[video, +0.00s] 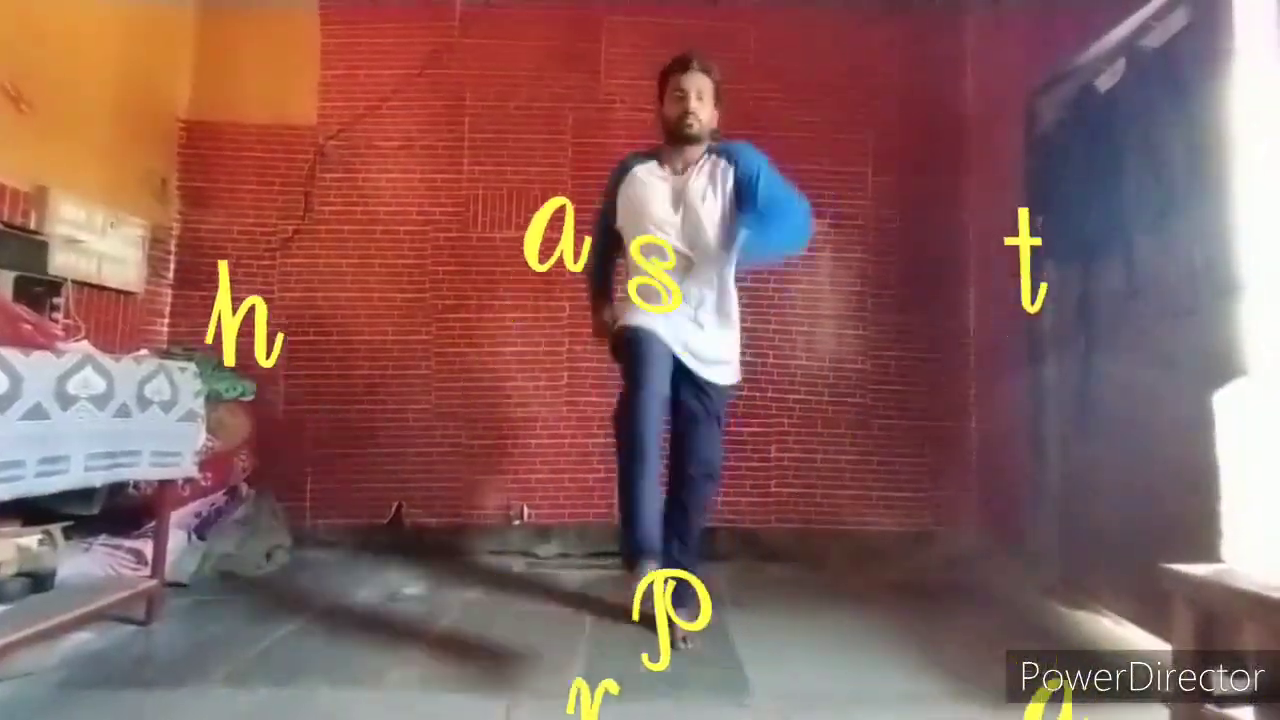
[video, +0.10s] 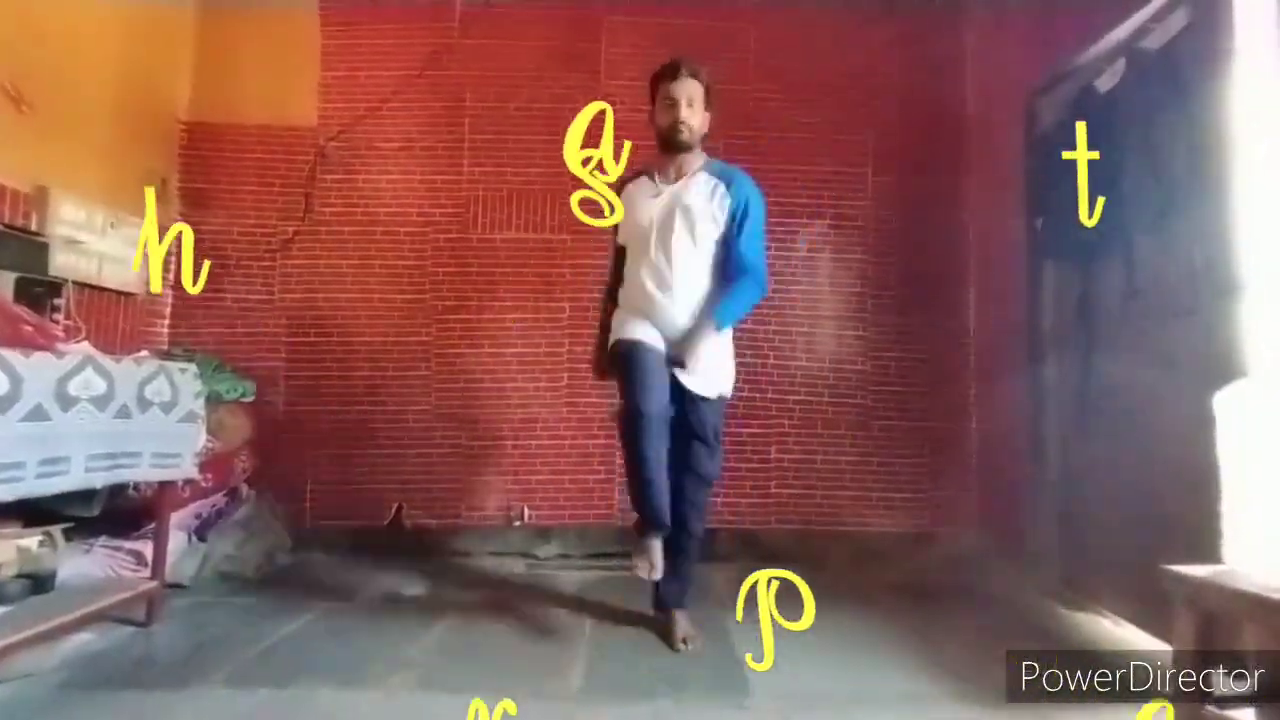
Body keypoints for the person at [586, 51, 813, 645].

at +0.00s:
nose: (689, 106)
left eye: (700, 96)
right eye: (678, 96)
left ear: (716, 107)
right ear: (661, 105)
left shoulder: (739, 164)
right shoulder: (632, 173)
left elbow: (796, 222)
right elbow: (604, 244)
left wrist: (743, 242)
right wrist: (602, 301)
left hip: (710, 326)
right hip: (646, 313)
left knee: (701, 462)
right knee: (644, 410)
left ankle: (681, 576)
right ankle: (643, 557)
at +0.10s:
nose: (680, 113)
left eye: (691, 104)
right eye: (669, 103)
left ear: (707, 115)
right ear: (654, 113)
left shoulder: (737, 190)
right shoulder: (634, 191)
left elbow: (753, 277)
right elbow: (618, 269)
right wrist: (605, 337)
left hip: (703, 338)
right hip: (639, 326)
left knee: (695, 472)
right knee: (647, 402)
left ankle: (674, 602)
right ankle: (652, 527)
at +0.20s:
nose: (677, 110)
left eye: (688, 100)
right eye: (667, 99)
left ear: (705, 111)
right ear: (652, 108)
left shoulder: (733, 184)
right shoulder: (626, 187)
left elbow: (764, 261)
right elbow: (607, 267)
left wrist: (704, 309)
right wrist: (597, 334)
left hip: (704, 346)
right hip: (635, 339)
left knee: (702, 473)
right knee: (631, 435)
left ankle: (681, 598)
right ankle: (643, 526)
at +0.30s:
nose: (675, 110)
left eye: (686, 101)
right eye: (665, 100)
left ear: (701, 111)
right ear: (648, 108)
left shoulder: (727, 173)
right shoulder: (617, 181)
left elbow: (771, 224)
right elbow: (589, 259)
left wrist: (712, 244)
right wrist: (578, 330)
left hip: (703, 346)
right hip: (626, 347)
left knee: (750, 452)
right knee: (602, 458)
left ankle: (721, 582)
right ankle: (595, 564)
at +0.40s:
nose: (669, 146)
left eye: (679, 136)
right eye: (659, 135)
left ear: (696, 143)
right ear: (645, 140)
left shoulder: (714, 207)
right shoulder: (612, 207)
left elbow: (764, 195)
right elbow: (577, 281)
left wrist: (697, 211)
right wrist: (563, 351)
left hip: (705, 383)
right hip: (621, 384)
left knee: (776, 472)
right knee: (559, 484)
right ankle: (566, 609)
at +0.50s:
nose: (663, 185)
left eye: (674, 173)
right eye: (652, 173)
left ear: (691, 180)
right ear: (637, 178)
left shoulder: (711, 250)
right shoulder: (607, 243)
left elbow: (752, 209)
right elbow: (574, 317)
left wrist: (676, 227)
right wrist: (546, 386)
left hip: (699, 405)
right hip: (613, 407)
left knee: (783, 487)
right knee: (530, 492)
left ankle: (800, 613)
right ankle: (563, 608)